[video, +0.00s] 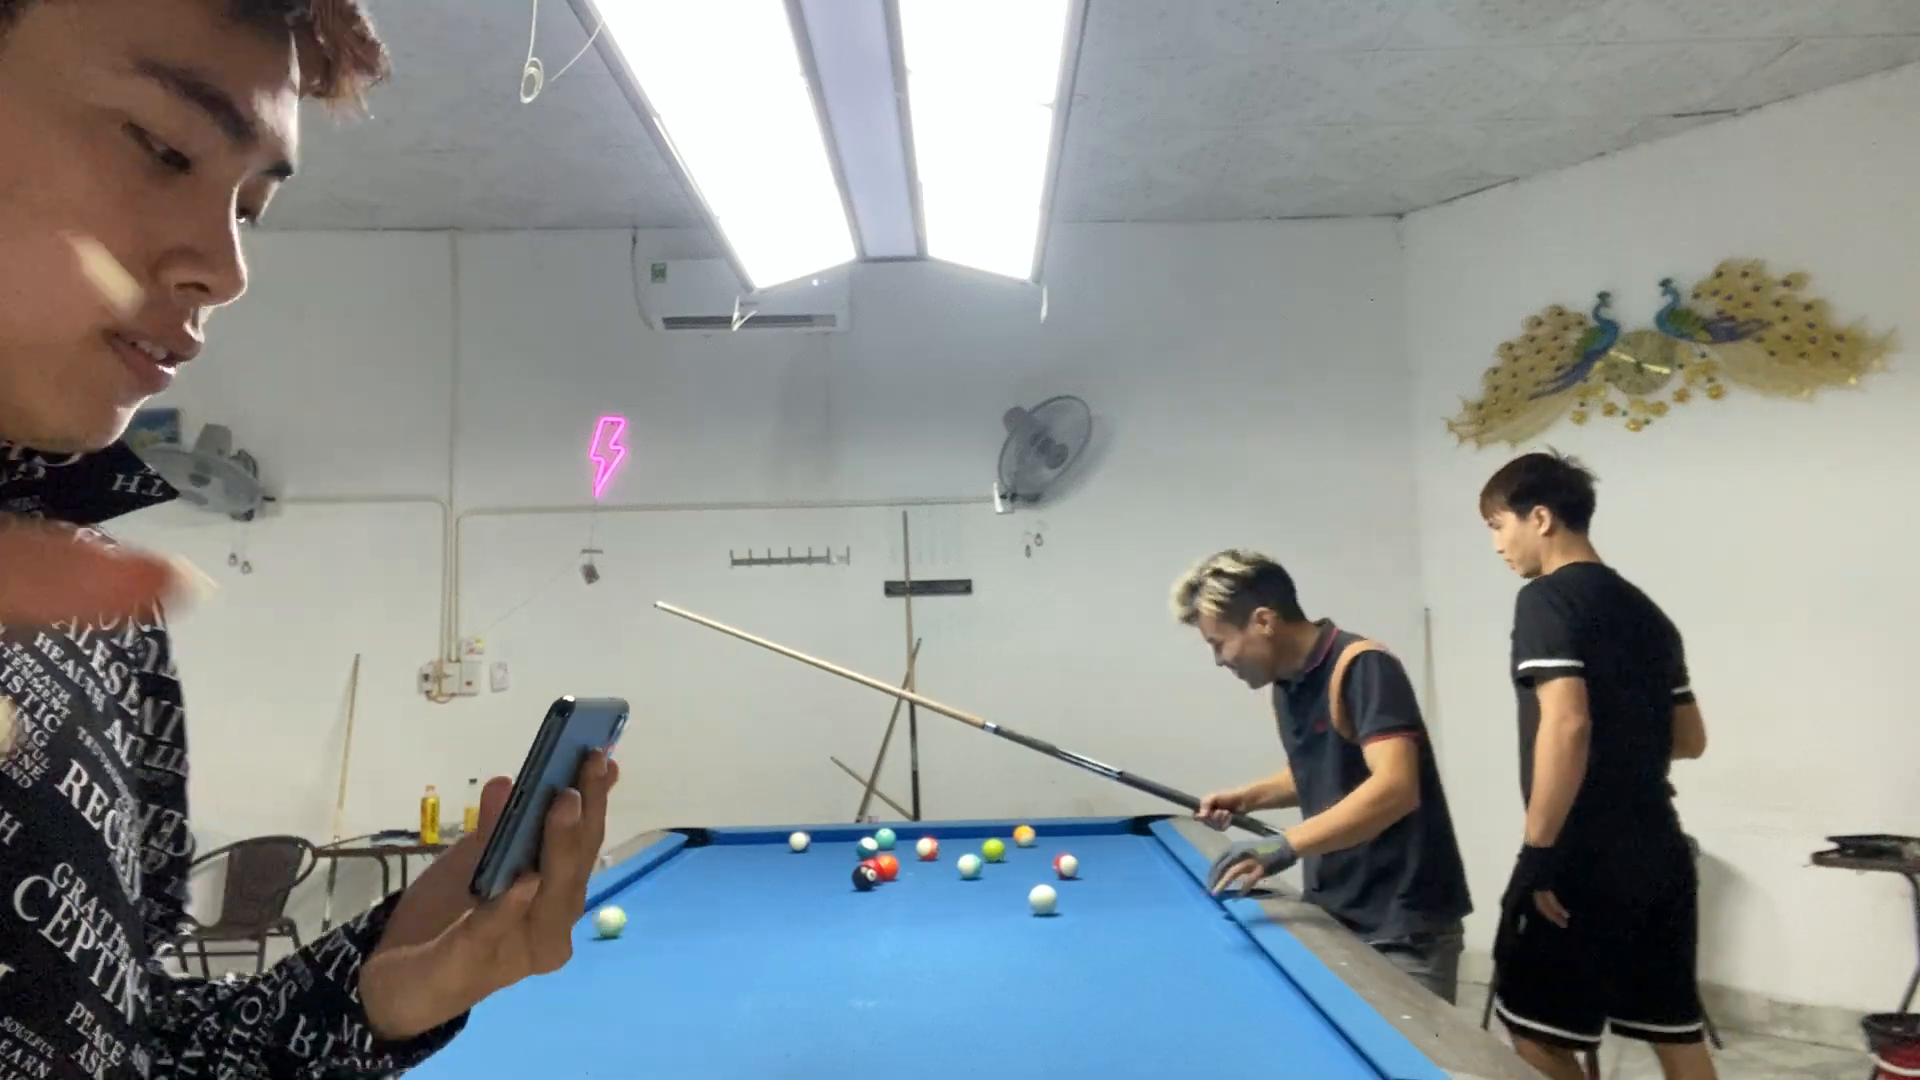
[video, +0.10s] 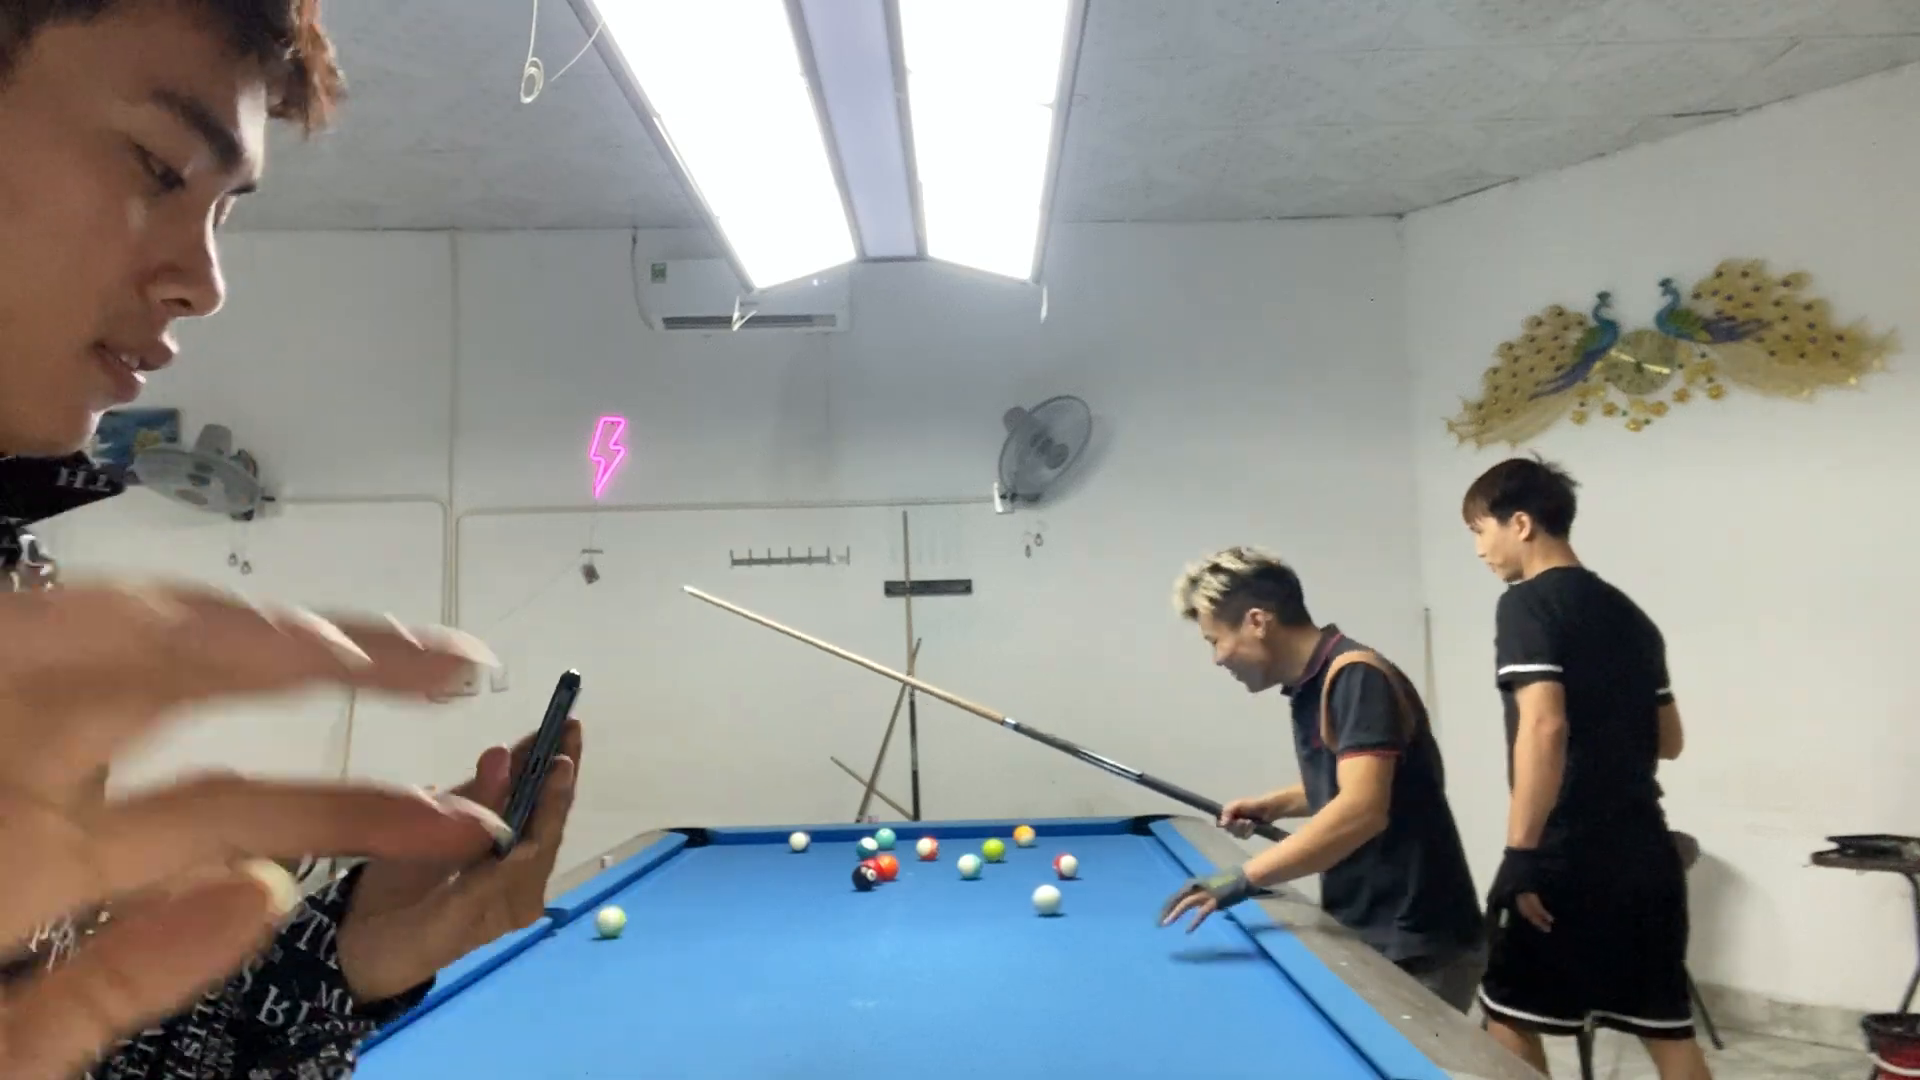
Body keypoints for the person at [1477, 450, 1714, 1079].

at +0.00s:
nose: (1496, 545)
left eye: (1498, 526)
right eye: (1491, 530)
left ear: (1542, 517)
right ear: (1560, 518)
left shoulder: (1545, 600)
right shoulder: (1649, 612)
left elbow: (1568, 724)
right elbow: (1688, 737)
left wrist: (1536, 855)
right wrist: (1599, 742)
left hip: (1575, 859)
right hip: (1657, 856)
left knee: (1541, 1040)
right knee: (1678, 1035)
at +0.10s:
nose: (1478, 550)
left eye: (1480, 531)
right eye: (1474, 534)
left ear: (1521, 523)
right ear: (1545, 524)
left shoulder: (1527, 603)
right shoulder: (1633, 616)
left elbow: (1545, 727)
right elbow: (1668, 740)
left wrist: (1519, 856)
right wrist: (1580, 741)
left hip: (1565, 860)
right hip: (1646, 856)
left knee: (1508, 1026)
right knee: (1670, 1033)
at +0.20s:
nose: (1453, 557)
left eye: (1454, 538)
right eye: (1449, 542)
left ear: (1495, 533)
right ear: (1508, 533)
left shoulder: (1502, 612)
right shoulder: (1606, 617)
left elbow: (1518, 734)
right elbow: (1647, 738)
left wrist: (1499, 866)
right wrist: (1558, 733)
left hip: (1542, 865)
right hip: (1622, 858)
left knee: (1474, 1028)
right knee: (1656, 1034)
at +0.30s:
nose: (1421, 568)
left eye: (1424, 550)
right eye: (1417, 552)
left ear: (1465, 545)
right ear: (1473, 544)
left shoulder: (1472, 625)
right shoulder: (1573, 624)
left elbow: (1491, 746)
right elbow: (1618, 740)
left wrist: (1472, 865)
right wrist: (1531, 735)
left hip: (1514, 867)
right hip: (1589, 858)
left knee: (1454, 1028)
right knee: (1631, 1031)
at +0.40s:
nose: (1388, 573)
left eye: (1391, 555)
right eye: (1384, 557)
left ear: (1434, 550)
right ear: (1441, 550)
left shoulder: (1439, 634)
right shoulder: (1532, 625)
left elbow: (1461, 750)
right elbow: (1579, 737)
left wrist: (1489, 799)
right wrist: (1500, 740)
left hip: (1477, 861)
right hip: (1545, 851)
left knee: (1451, 1020)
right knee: (1587, 1018)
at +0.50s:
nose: (1357, 569)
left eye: (1361, 552)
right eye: (1353, 555)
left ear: (1404, 544)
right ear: (1410, 545)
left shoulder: (1402, 633)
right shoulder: (1496, 618)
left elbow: (1396, 745)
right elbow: (1540, 725)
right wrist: (1447, 724)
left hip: (1442, 852)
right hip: (1509, 844)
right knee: (1534, 1005)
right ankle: (1584, 1073)